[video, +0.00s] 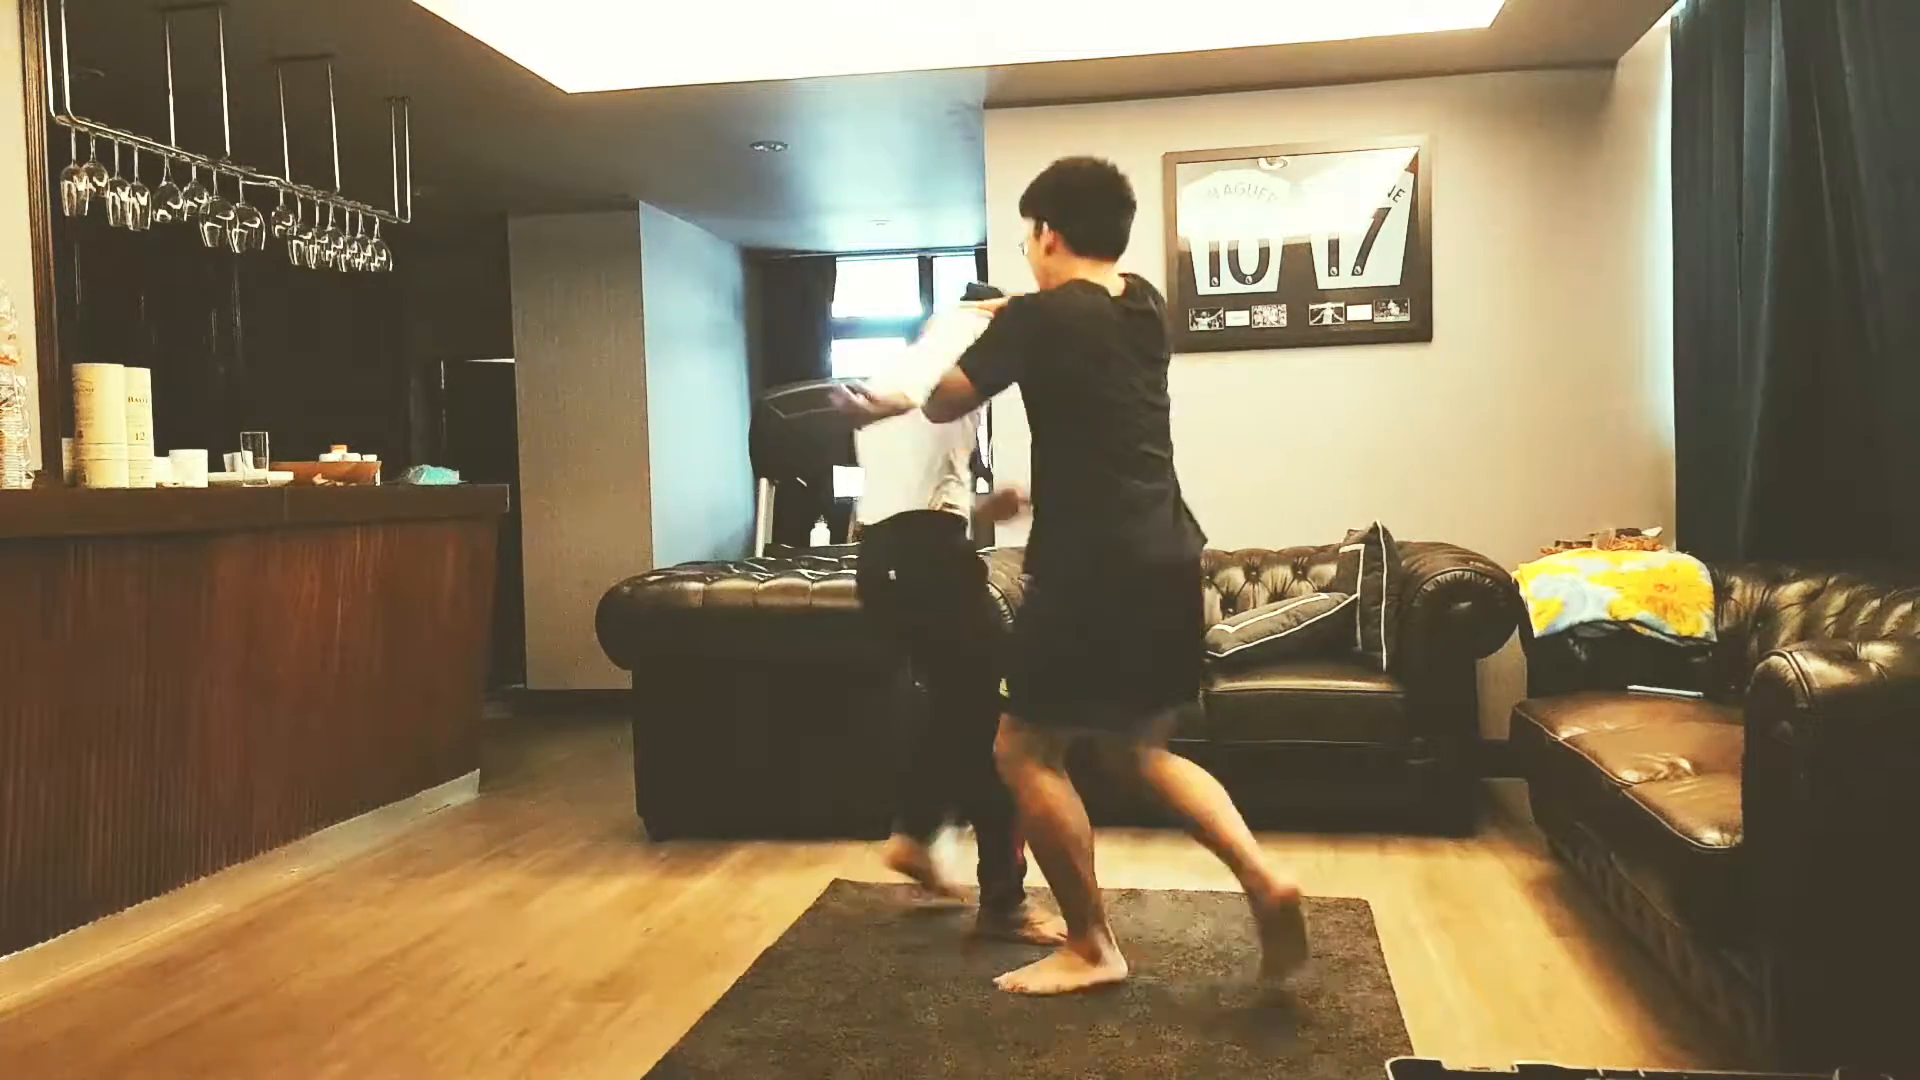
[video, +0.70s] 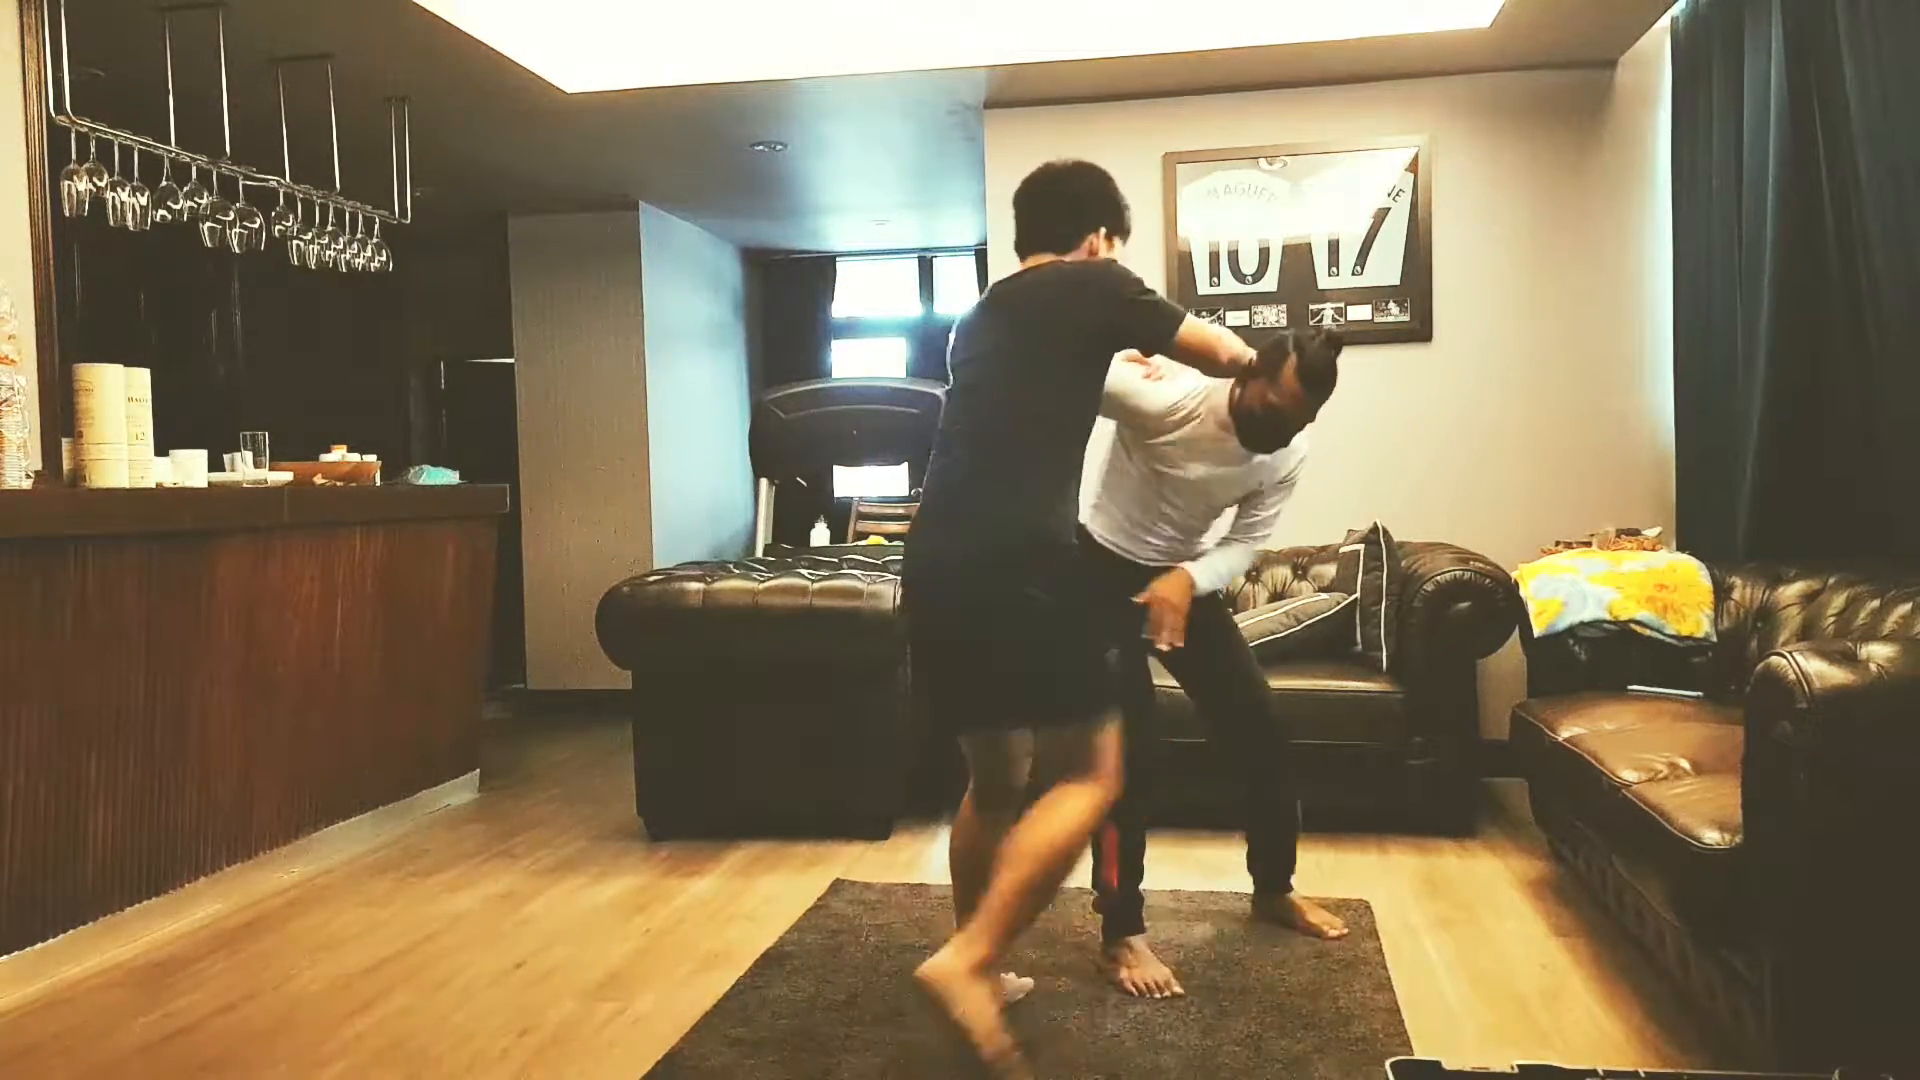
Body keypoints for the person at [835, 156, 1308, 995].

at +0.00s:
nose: (1028, 253)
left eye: (1029, 239)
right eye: (1030, 238)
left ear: (1049, 237)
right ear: (1115, 236)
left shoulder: (1036, 315)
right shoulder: (1145, 304)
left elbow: (946, 401)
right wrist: (1018, 313)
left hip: (1085, 563)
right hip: (1170, 558)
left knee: (1023, 751)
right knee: (1138, 748)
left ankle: (1091, 947)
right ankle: (1263, 879)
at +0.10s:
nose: (1028, 236)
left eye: (1030, 225)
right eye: (1033, 225)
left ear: (1042, 229)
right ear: (1118, 229)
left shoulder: (1018, 303)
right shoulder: (1151, 301)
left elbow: (932, 396)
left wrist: (927, 368)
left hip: (1062, 559)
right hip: (1168, 557)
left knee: (1042, 766)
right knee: (1177, 763)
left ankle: (1048, 960)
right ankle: (1222, 929)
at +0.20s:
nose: (1024, 242)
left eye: (1023, 230)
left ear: (1025, 237)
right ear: (1112, 236)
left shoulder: (993, 322)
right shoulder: (1148, 302)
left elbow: (935, 419)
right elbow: (1117, 293)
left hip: (1040, 574)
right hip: (1149, 568)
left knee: (1036, 777)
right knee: (1170, 782)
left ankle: (981, 983)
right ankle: (1170, 1005)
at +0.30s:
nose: (1108, 254)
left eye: (1099, 246)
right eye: (1106, 244)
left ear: (1011, 243)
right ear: (1096, 246)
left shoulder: (967, 336)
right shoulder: (1119, 294)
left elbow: (933, 460)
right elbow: (1183, 393)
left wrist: (899, 462)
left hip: (1010, 577)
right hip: (1120, 565)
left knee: (1010, 775)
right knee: (1184, 749)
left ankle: (977, 983)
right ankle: (1182, 915)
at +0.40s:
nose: (1093, 257)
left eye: (1090, 250)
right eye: (1094, 248)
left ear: (999, 246)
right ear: (1080, 246)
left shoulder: (951, 336)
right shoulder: (1097, 290)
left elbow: (942, 460)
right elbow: (1190, 388)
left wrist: (1015, 489)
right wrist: (1207, 401)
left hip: (985, 570)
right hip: (1090, 554)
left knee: (1000, 773)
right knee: (1184, 661)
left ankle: (980, 984)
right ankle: (1183, 809)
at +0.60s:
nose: (1098, 253)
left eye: (1098, 243)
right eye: (1098, 242)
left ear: (1005, 241)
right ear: (1080, 237)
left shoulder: (961, 319)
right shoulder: (1085, 286)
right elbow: (1204, 373)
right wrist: (1248, 399)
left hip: (950, 558)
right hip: (1044, 550)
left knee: (992, 773)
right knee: (1165, 677)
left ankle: (981, 980)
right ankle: (1112, 851)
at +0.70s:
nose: (1117, 256)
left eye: (1116, 246)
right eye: (1117, 245)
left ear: (1028, 239)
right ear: (1095, 239)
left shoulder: (984, 311)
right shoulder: (1097, 288)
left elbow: (1046, 372)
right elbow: (1226, 354)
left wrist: (1135, 352)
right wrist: (1213, 351)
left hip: (939, 555)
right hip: (1029, 554)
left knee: (990, 784)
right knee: (1093, 774)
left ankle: (976, 959)